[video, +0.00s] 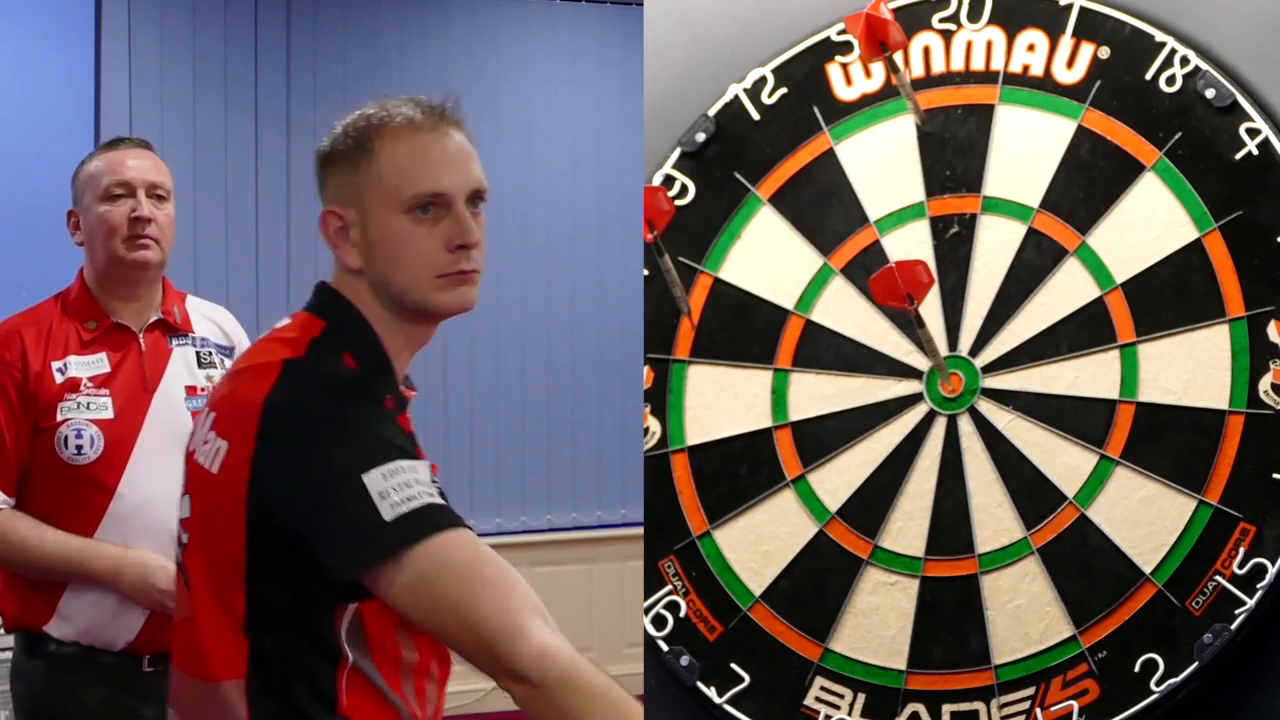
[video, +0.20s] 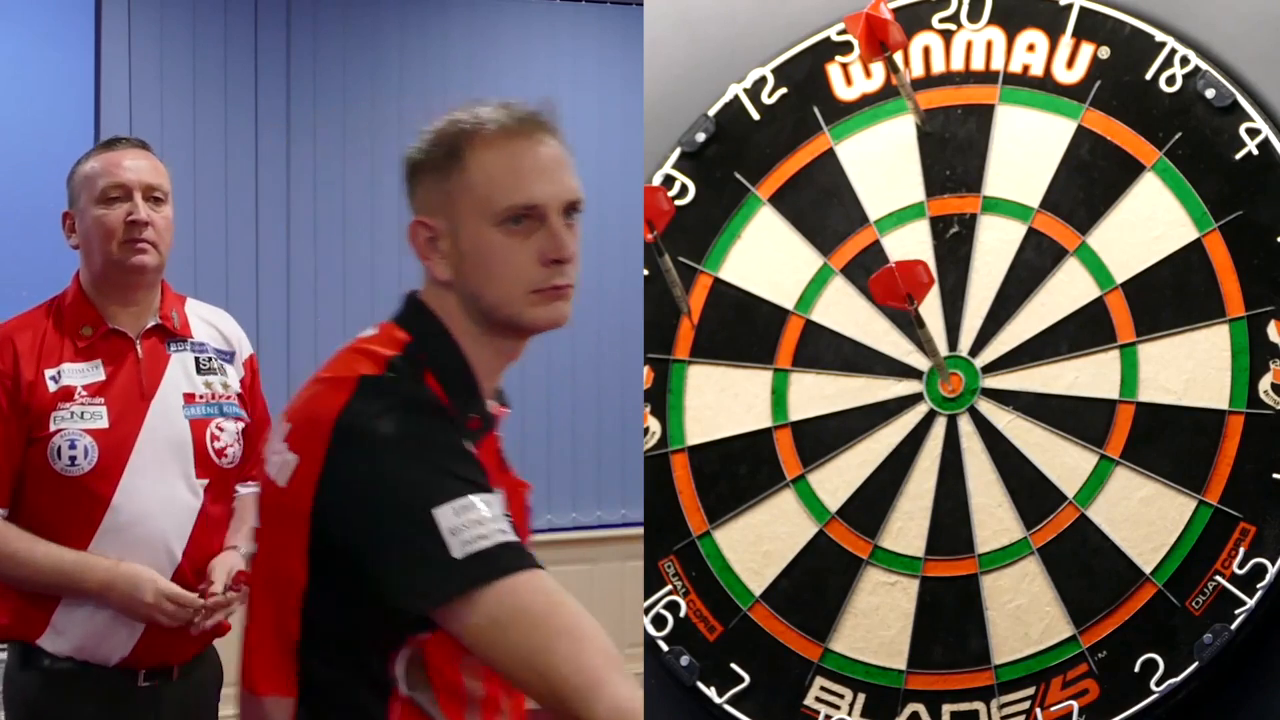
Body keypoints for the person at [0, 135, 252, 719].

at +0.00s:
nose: (142, 210)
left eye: (157, 196)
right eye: (117, 195)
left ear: (175, 220)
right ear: (77, 225)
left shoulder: (219, 332)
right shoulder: (20, 344)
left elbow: (262, 475)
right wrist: (118, 566)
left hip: (205, 672)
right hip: (68, 671)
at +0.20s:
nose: (139, 212)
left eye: (155, 198)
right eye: (113, 198)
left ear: (172, 221)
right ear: (72, 226)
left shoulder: (222, 339)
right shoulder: (18, 350)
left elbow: (251, 476)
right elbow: (0, 527)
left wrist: (236, 552)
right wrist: (112, 580)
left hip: (187, 684)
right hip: (57, 683)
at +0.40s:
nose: (127, 218)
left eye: (143, 202)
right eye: (100, 201)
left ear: (159, 224)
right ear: (55, 230)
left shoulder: (214, 347)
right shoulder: (8, 355)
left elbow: (247, 489)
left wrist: (239, 573)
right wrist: (89, 597)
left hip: (182, 693)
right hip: (45, 693)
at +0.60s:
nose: (127, 222)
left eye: (142, 203)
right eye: (99, 200)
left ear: (158, 219)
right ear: (48, 222)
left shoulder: (206, 345)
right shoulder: (8, 349)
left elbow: (233, 492)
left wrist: (238, 589)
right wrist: (67, 600)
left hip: (182, 695)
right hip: (38, 697)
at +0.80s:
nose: (153, 249)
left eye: (170, 227)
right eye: (128, 224)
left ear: (185, 231)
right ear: (69, 222)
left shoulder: (211, 346)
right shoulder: (9, 357)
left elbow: (230, 499)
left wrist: (247, 605)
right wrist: (90, 610)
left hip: (199, 697)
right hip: (47, 699)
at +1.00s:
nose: (204, 284)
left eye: (222, 259)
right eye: (181, 257)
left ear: (236, 250)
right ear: (116, 240)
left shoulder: (239, 357)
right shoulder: (33, 375)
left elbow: (247, 517)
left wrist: (275, 628)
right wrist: (135, 629)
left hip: (220, 706)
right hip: (75, 708)